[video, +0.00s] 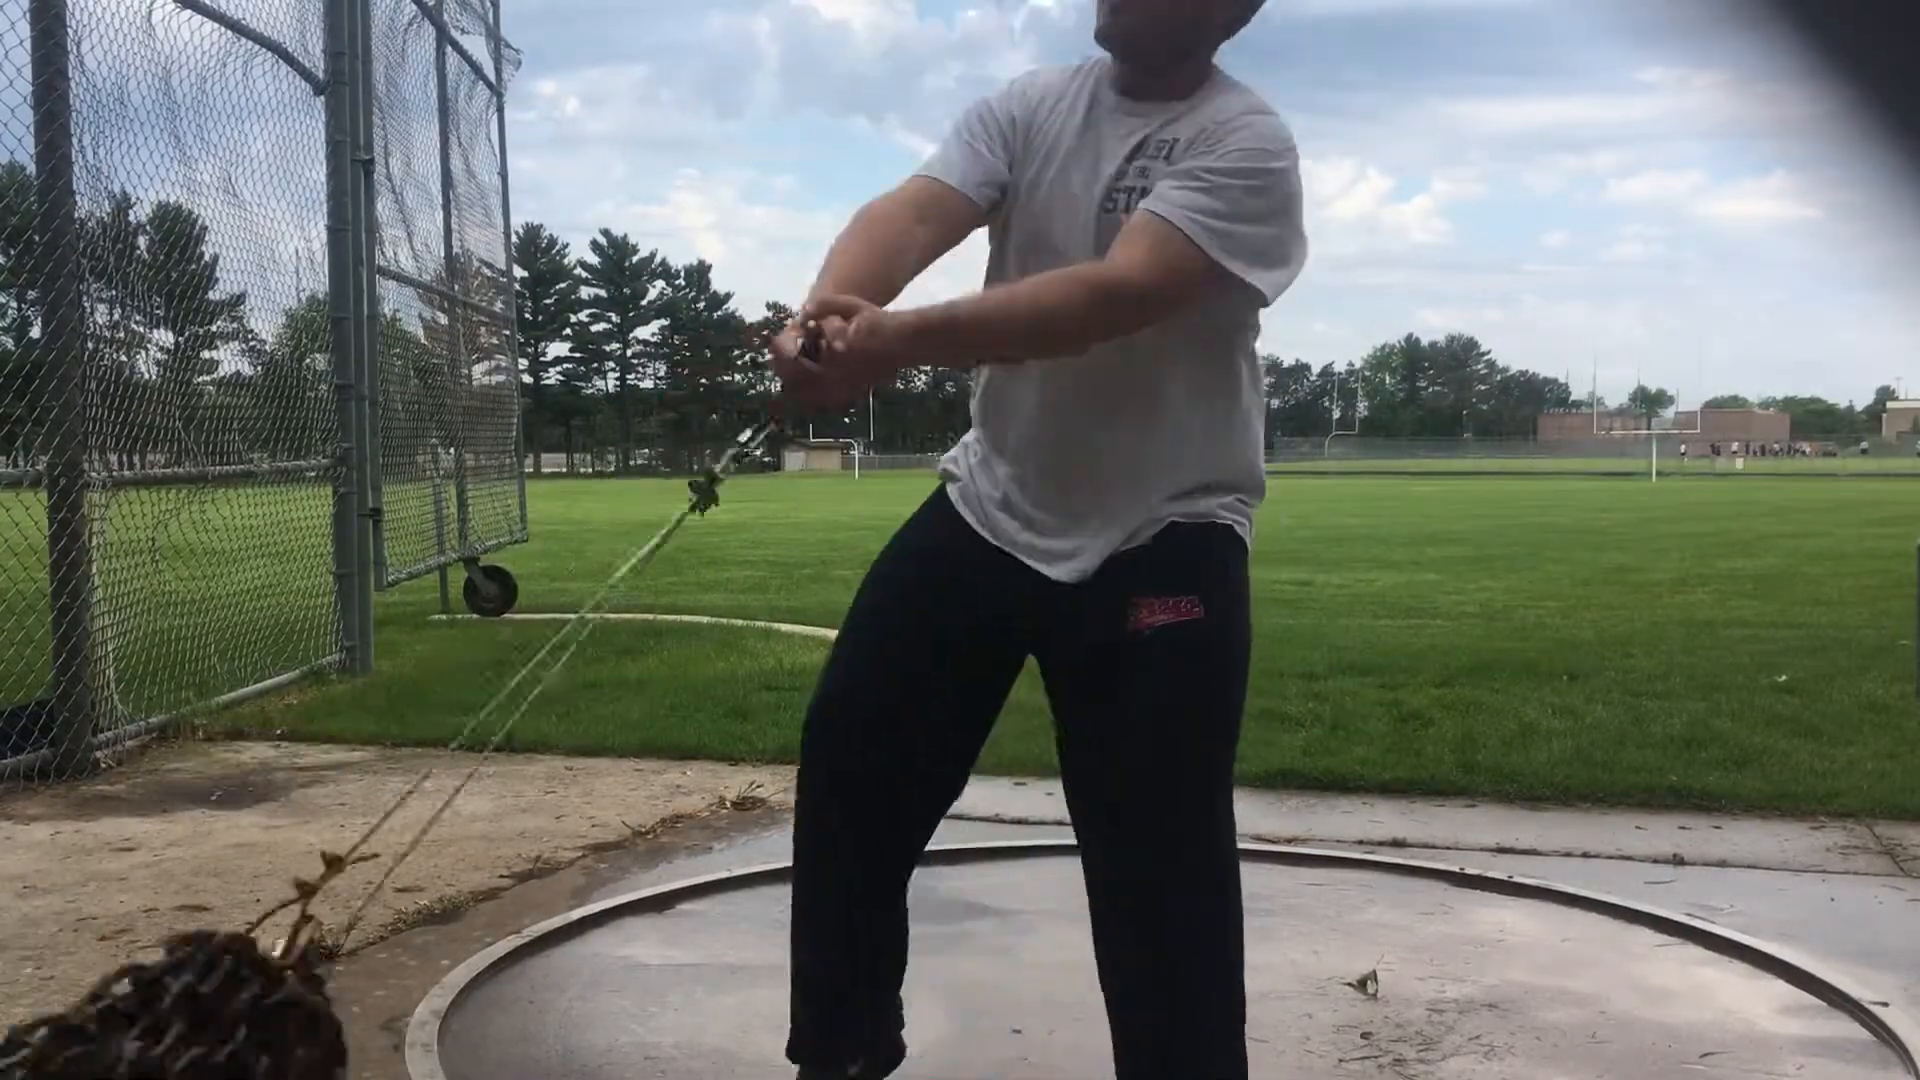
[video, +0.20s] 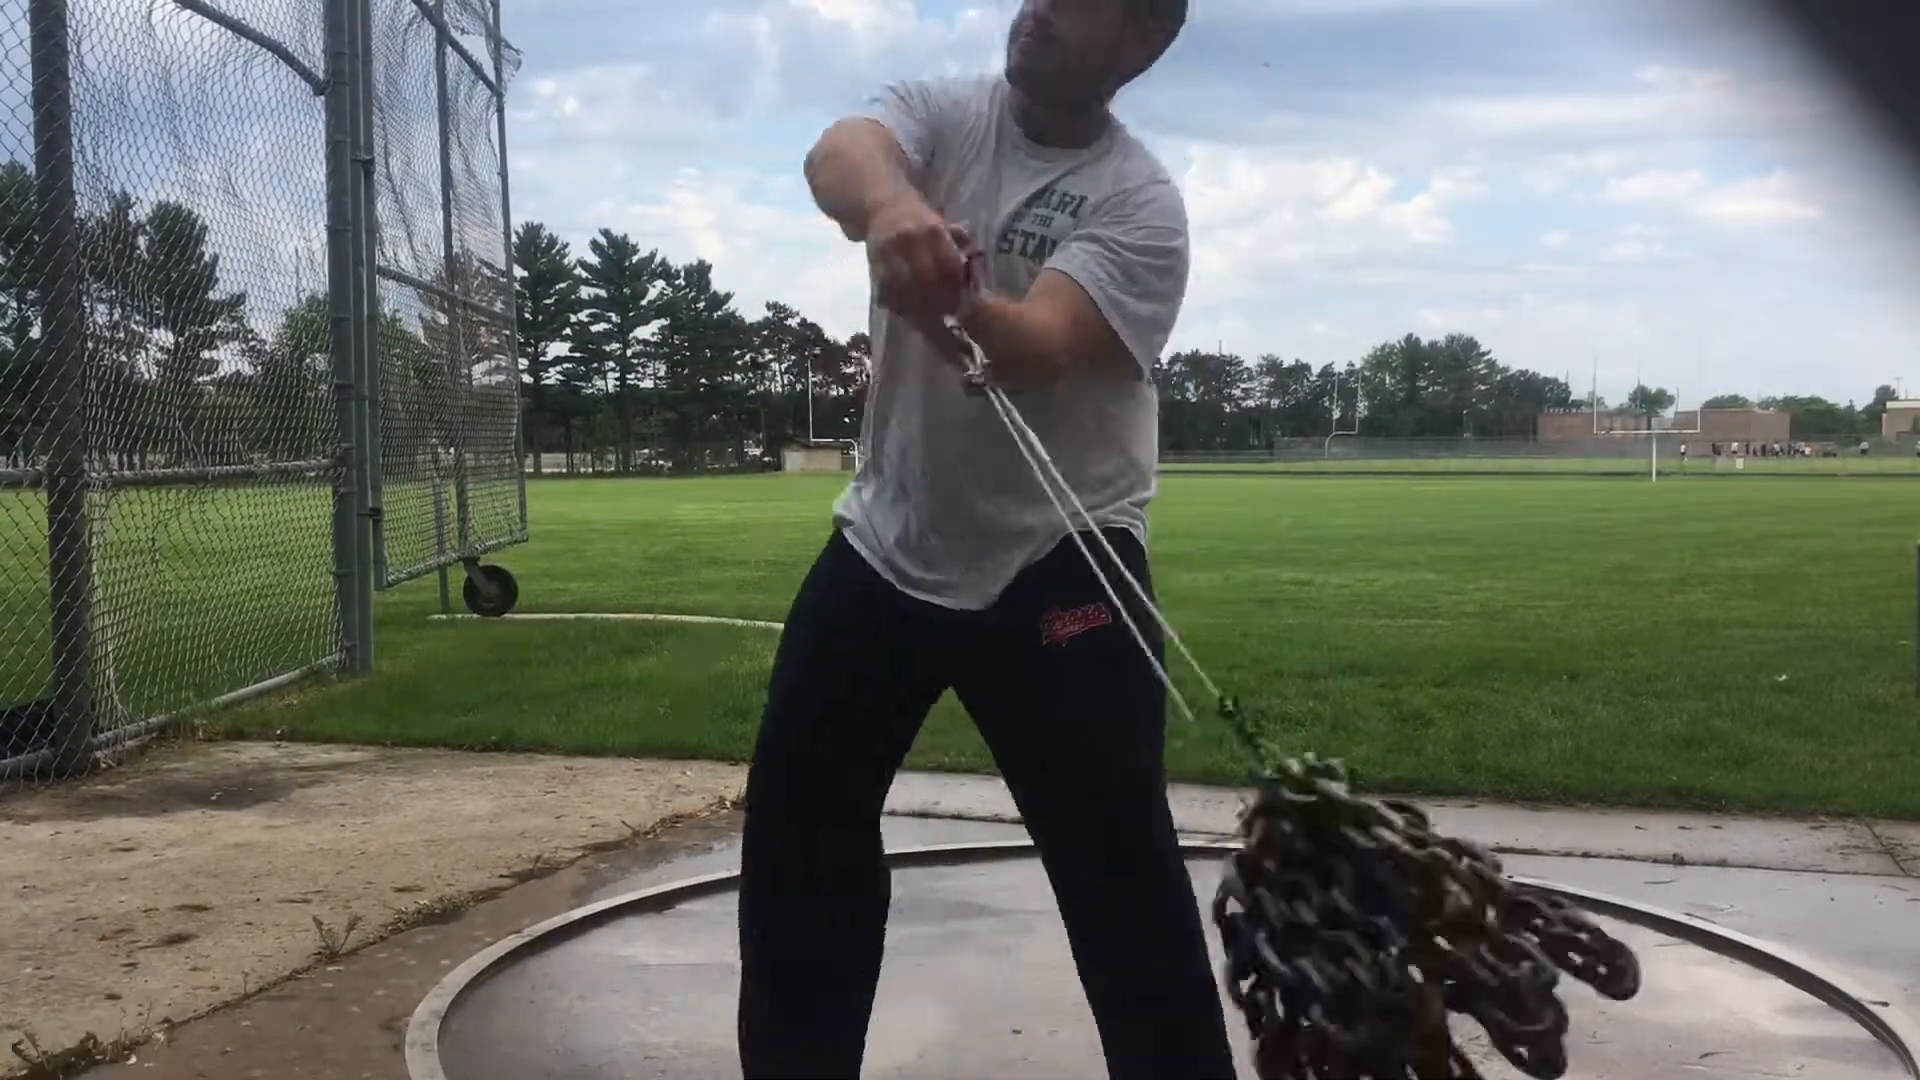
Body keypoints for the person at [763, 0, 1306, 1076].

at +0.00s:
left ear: (1234, 8)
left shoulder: (1247, 145)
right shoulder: (1031, 106)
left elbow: (1121, 293)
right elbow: (918, 212)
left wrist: (903, 339)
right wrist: (834, 302)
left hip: (1160, 540)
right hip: (987, 516)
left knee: (1160, 872)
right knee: (849, 770)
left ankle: (1179, 1072)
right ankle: (842, 1056)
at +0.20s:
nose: (1035, 8)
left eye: (1077, 2)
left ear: (1142, 41)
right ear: (1019, 9)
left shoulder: (1145, 207)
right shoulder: (947, 108)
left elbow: (1043, 343)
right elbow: (842, 151)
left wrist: (954, 302)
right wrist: (887, 207)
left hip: (1058, 568)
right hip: (885, 548)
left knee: (1118, 873)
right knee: (798, 826)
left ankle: (1178, 1072)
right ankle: (795, 1068)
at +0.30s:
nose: (972, 8)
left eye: (1013, 1)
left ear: (1080, 40)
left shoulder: (1060, 209)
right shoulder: (868, 122)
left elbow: (920, 326)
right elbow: (804, 52)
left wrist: (889, 180)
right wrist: (915, 70)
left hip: (989, 557)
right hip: (826, 550)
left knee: (1065, 886)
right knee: (760, 847)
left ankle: (1154, 1071)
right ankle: (789, 1069)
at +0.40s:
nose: (879, 24)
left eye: (917, 7)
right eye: (887, 9)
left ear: (1000, 23)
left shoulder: (995, 171)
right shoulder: (869, 125)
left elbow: (810, 170)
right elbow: (815, 35)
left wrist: (869, 7)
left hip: (933, 552)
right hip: (790, 548)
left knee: (1014, 876)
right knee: (733, 835)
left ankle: (1133, 1070)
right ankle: (781, 1067)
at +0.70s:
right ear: (928, 6)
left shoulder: (813, 24)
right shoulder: (929, 112)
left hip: (849, 482)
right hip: (782, 492)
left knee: (923, 836)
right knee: (761, 850)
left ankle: (1124, 1067)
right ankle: (776, 1064)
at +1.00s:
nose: (795, 11)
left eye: (802, 4)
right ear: (941, 4)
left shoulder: (817, 44)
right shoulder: (982, 100)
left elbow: (704, 171)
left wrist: (762, 235)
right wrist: (759, 232)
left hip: (966, 513)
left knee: (1009, 893)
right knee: (830, 890)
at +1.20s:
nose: (912, 20)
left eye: (924, 8)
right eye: (916, 14)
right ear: (1029, 9)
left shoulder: (992, 65)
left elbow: (778, 216)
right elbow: (883, 346)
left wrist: (669, 288)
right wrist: (701, 320)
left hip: (1094, 543)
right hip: (963, 552)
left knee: (1074, 929)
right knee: (865, 903)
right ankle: (819, 1069)